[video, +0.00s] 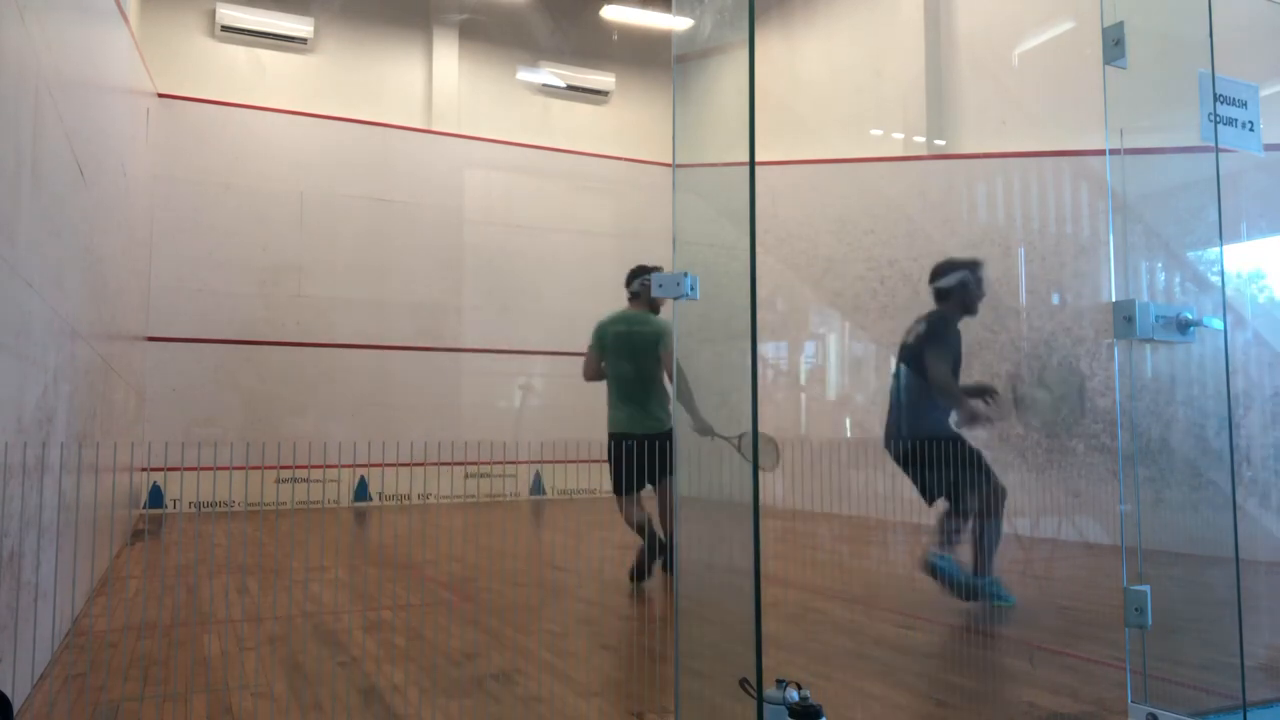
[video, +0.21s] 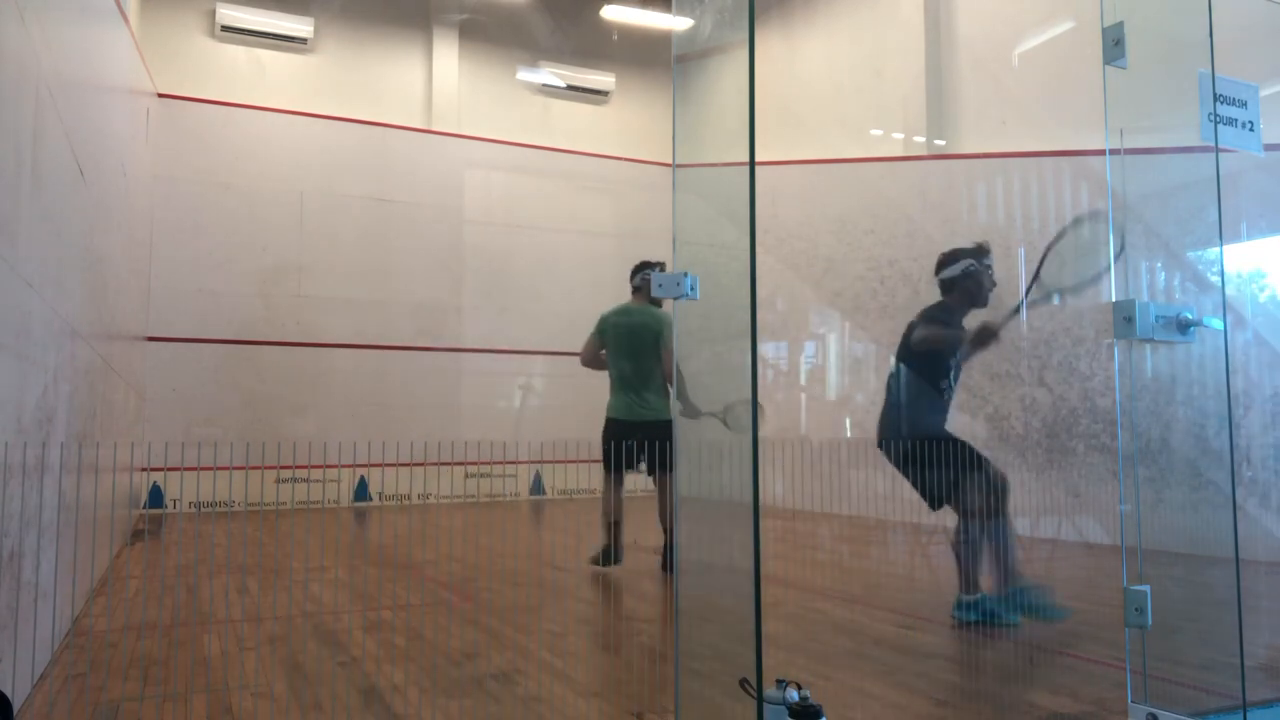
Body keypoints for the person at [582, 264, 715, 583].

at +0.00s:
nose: (665, 300)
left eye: (665, 293)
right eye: (662, 293)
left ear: (631, 293)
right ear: (649, 293)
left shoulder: (606, 326)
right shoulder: (660, 328)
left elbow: (590, 373)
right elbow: (675, 376)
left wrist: (621, 369)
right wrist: (697, 417)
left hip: (622, 428)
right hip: (658, 427)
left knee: (627, 500)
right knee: (665, 490)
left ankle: (651, 539)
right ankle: (668, 554)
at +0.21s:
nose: (666, 293)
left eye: (665, 287)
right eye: (664, 287)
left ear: (632, 287)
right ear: (656, 287)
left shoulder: (610, 318)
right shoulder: (662, 320)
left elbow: (588, 358)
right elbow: (669, 371)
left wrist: (617, 364)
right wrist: (686, 401)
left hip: (619, 419)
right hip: (656, 419)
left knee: (612, 482)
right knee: (666, 484)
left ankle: (612, 547)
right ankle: (671, 549)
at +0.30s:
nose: (664, 293)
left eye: (662, 285)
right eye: (663, 286)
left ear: (631, 287)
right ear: (655, 288)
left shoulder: (608, 317)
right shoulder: (659, 319)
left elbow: (584, 355)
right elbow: (666, 372)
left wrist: (613, 366)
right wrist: (683, 397)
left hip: (615, 418)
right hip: (650, 419)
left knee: (603, 481)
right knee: (662, 483)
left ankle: (589, 549)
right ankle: (668, 550)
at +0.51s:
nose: (658, 305)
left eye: (657, 299)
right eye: (654, 298)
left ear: (628, 299)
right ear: (640, 299)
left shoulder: (600, 329)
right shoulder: (648, 333)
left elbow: (577, 367)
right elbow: (653, 379)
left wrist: (603, 379)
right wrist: (665, 403)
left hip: (602, 426)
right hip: (637, 429)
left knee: (593, 486)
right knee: (652, 486)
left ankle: (584, 551)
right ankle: (647, 547)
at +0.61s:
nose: (658, 306)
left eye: (657, 300)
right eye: (654, 299)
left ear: (629, 301)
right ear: (640, 300)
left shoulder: (601, 331)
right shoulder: (648, 334)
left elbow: (577, 367)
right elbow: (652, 378)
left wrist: (602, 381)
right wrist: (663, 407)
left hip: (604, 427)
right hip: (639, 430)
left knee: (592, 485)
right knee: (654, 487)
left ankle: (584, 550)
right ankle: (645, 547)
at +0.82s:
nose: (667, 293)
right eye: (667, 287)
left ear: (640, 286)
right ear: (666, 289)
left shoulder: (618, 318)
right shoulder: (668, 322)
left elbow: (587, 348)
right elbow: (670, 373)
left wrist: (605, 383)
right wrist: (695, 376)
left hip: (625, 416)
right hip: (662, 416)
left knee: (606, 478)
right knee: (684, 474)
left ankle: (596, 544)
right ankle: (688, 543)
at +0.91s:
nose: (675, 304)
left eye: (672, 298)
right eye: (675, 299)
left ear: (651, 299)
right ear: (674, 300)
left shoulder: (629, 331)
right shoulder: (679, 335)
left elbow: (596, 361)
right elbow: (685, 383)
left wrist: (607, 400)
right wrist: (696, 417)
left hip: (635, 426)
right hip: (672, 427)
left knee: (615, 485)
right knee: (708, 484)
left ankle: (597, 551)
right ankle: (730, 549)